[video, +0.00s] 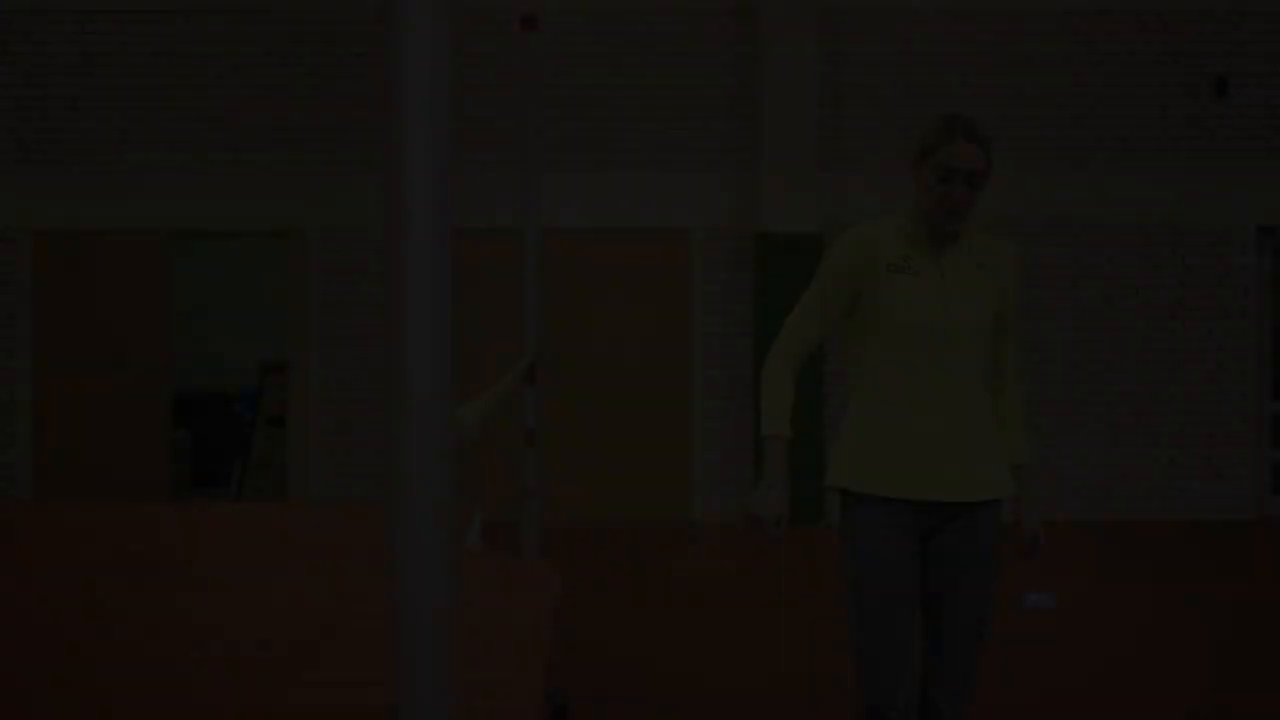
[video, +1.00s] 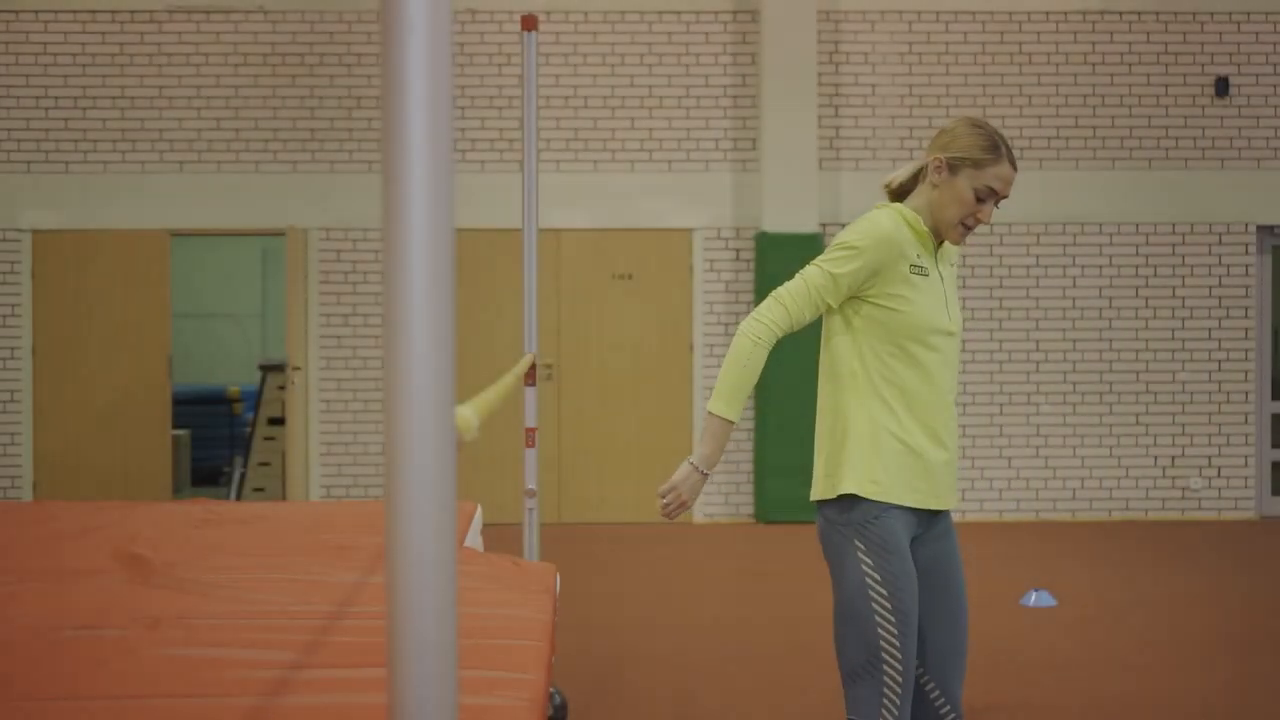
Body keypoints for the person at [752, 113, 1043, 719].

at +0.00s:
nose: (956, 193)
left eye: (970, 180)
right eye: (944, 177)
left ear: (983, 187)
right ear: (918, 176)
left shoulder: (994, 263)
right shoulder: (868, 251)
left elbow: (1006, 378)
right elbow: (787, 358)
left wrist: (1018, 481)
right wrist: (778, 466)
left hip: (969, 491)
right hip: (878, 488)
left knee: (955, 668)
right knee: (886, 665)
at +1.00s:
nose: (986, 215)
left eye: (996, 204)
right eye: (983, 195)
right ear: (938, 169)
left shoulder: (941, 254)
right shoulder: (880, 235)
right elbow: (762, 325)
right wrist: (702, 461)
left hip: (928, 504)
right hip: (865, 501)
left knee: (939, 703)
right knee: (884, 702)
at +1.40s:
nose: (989, 227)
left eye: (999, 216)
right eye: (990, 207)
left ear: (947, 182)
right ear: (948, 177)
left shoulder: (909, 246)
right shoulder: (888, 234)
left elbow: (816, 348)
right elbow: (771, 315)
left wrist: (763, 451)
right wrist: (681, 434)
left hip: (893, 510)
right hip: (843, 510)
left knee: (926, 707)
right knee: (852, 710)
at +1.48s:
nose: (991, 229)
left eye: (1000, 218)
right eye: (993, 209)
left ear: (948, 181)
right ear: (949, 177)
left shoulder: (908, 248)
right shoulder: (891, 234)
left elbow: (808, 344)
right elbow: (773, 311)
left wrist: (744, 446)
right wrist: (676, 428)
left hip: (888, 512)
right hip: (838, 512)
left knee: (925, 708)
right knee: (845, 709)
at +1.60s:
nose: (993, 233)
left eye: (1001, 221)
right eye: (994, 213)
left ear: (952, 184)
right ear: (952, 181)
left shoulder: (907, 249)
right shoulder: (892, 236)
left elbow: (794, 342)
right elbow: (778, 311)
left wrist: (718, 434)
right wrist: (668, 421)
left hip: (878, 512)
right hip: (831, 511)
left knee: (925, 707)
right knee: (835, 709)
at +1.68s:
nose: (993, 234)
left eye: (1001, 223)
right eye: (995, 216)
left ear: (952, 184)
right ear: (953, 182)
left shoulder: (903, 247)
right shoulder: (890, 238)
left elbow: (787, 338)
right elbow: (775, 312)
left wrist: (696, 431)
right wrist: (664, 417)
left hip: (870, 512)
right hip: (826, 512)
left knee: (926, 707)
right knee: (828, 709)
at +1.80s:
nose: (991, 238)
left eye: (1001, 226)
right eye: (995, 219)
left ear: (956, 190)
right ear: (957, 187)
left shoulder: (902, 249)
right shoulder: (890, 239)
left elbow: (778, 333)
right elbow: (771, 312)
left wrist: (674, 422)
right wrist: (655, 411)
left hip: (858, 510)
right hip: (820, 510)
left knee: (923, 705)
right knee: (818, 709)